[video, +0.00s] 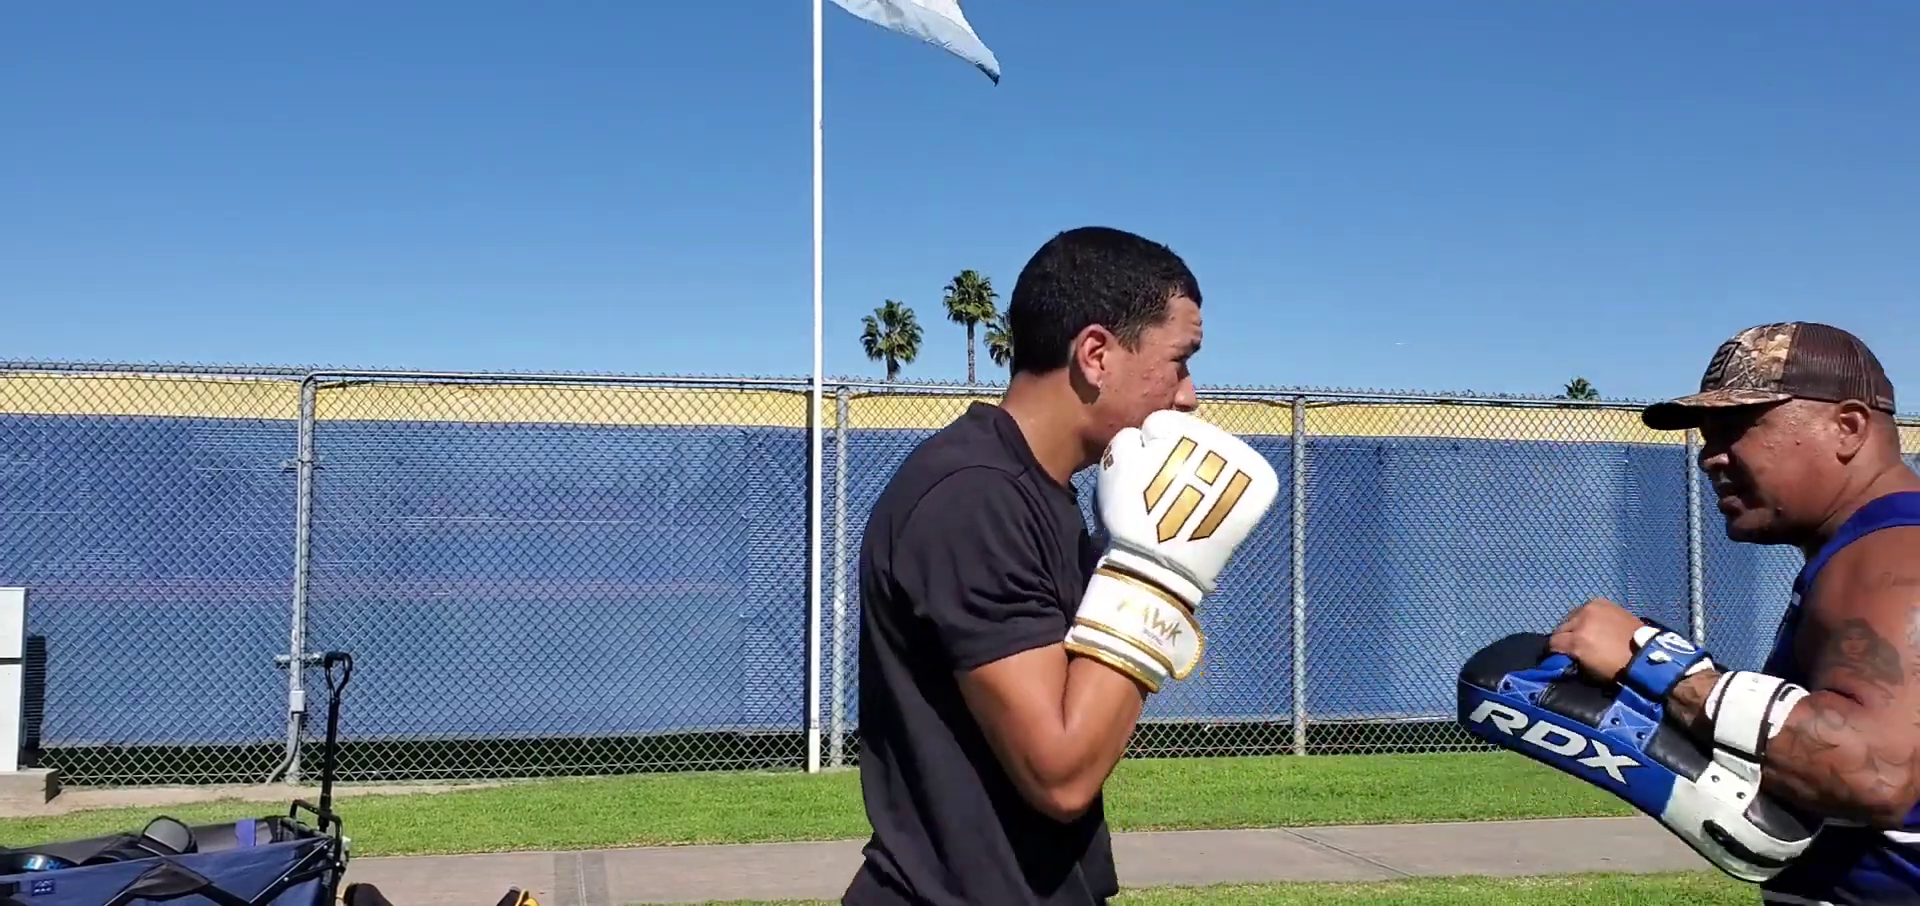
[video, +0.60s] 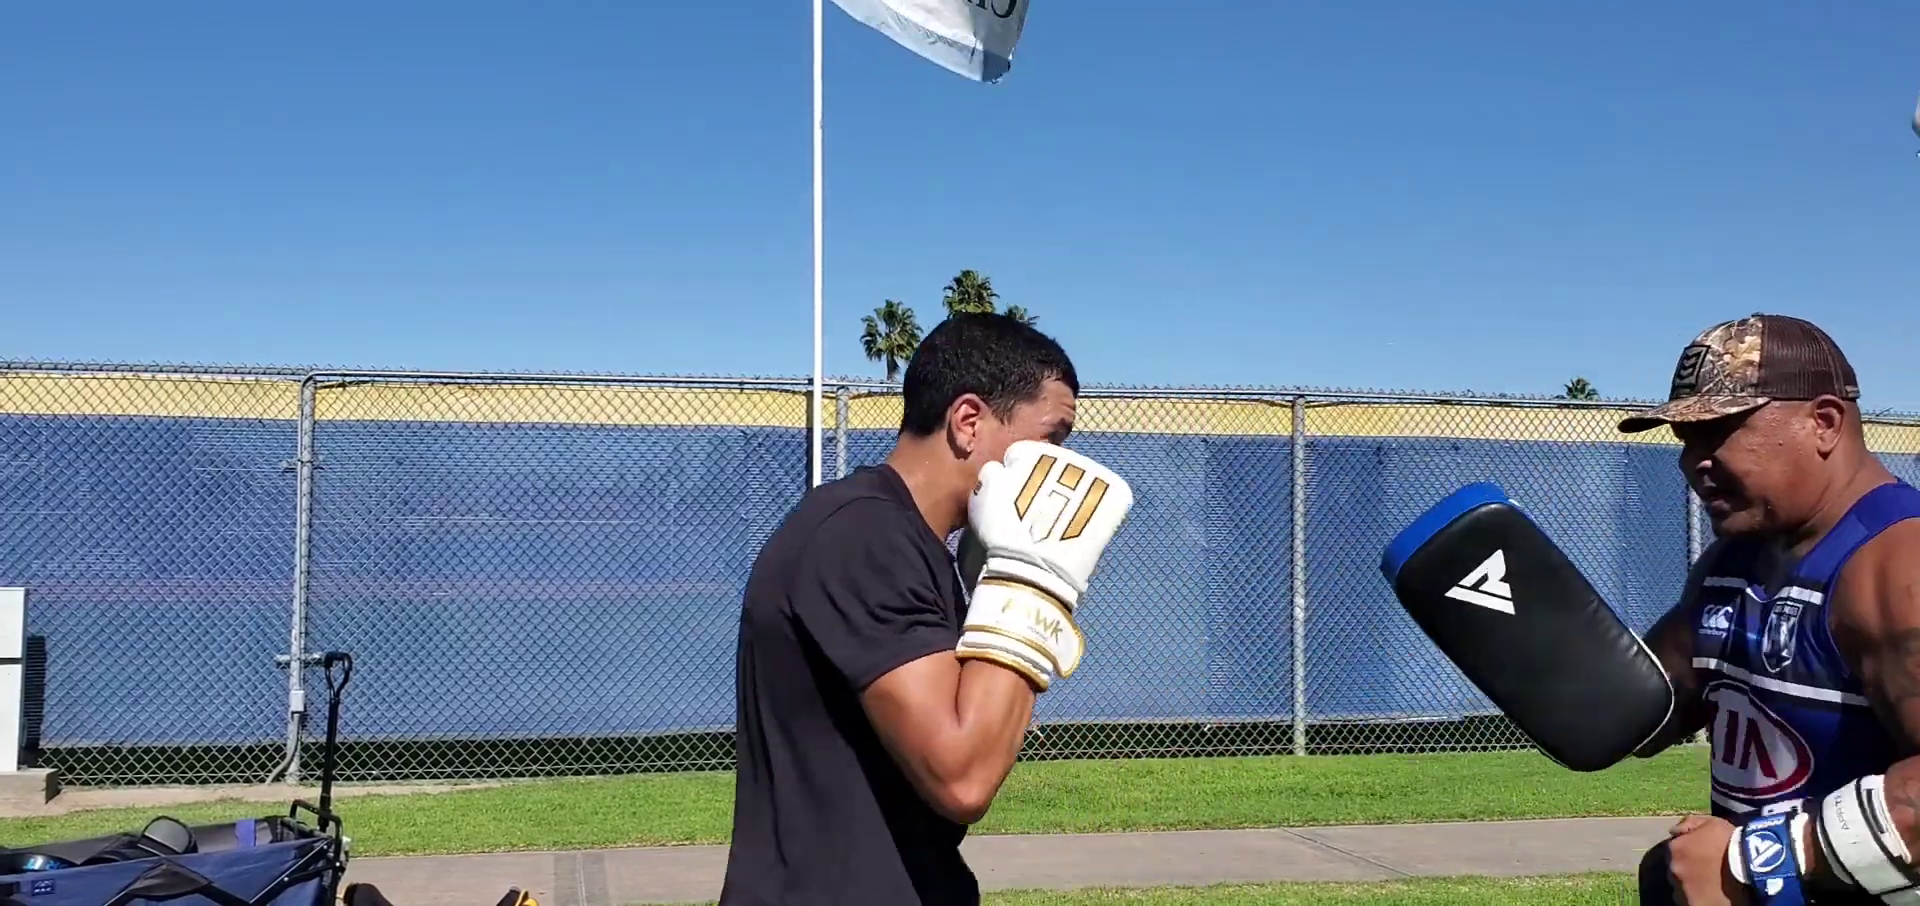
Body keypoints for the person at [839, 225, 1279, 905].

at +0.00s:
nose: (1189, 396)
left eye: (1188, 364)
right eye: (1178, 363)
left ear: (1098, 358)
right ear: (1096, 356)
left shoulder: (1047, 498)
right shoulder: (970, 502)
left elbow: (1067, 739)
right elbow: (1062, 776)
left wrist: (1153, 575)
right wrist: (1147, 574)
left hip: (1045, 884)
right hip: (955, 888)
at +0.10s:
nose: (1194, 401)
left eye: (1193, 371)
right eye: (1184, 369)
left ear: (1105, 360)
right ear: (1104, 358)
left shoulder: (1042, 491)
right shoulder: (991, 495)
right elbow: (1095, 763)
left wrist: (1145, 554)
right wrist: (1180, 569)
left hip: (1038, 882)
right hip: (970, 886)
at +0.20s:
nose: (1196, 418)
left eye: (1195, 389)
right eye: (1186, 386)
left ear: (1105, 377)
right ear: (1104, 375)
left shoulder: (1069, 513)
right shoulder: (993, 509)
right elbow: (1086, 774)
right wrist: (1181, 590)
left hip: (1053, 885)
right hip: (956, 888)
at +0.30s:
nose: (1184, 424)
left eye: (1182, 393)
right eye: (1170, 390)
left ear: (1083, 382)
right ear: (1082, 377)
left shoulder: (1069, 515)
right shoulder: (966, 506)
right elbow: (1048, 762)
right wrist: (1164, 593)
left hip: (1051, 883)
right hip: (940, 887)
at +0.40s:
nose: (1148, 422)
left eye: (1153, 399)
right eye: (1142, 395)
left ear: (1056, 387)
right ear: (1056, 381)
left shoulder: (1034, 509)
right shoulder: (942, 496)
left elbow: (1037, 699)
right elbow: (1025, 741)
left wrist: (1145, 604)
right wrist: (1120, 563)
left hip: (1022, 882)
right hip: (908, 887)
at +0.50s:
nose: (1108, 445)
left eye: (1110, 421)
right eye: (1098, 418)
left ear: (1012, 410)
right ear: (1011, 408)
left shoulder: (963, 525)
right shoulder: (901, 514)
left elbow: (1008, 732)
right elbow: (1002, 752)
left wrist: (1081, 579)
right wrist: (1059, 558)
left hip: (966, 883)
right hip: (882, 887)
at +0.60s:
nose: (1056, 464)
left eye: (1060, 442)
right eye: (1050, 438)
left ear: (969, 425)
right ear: (968, 423)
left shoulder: (919, 547)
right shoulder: (861, 537)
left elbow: (963, 761)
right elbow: (962, 779)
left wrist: (1023, 588)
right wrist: (1029, 588)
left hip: (905, 884)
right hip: (842, 888)